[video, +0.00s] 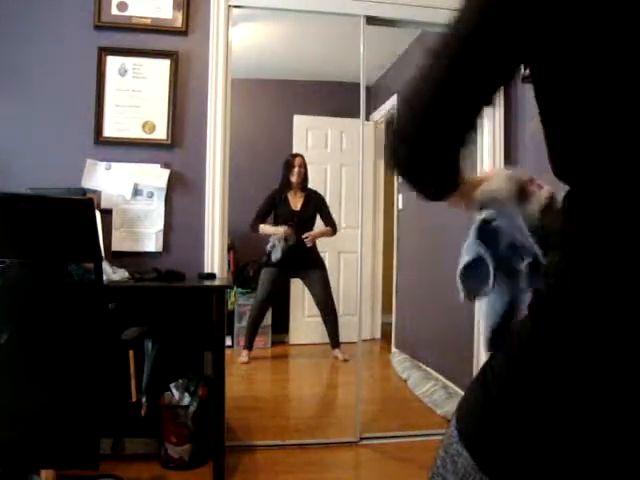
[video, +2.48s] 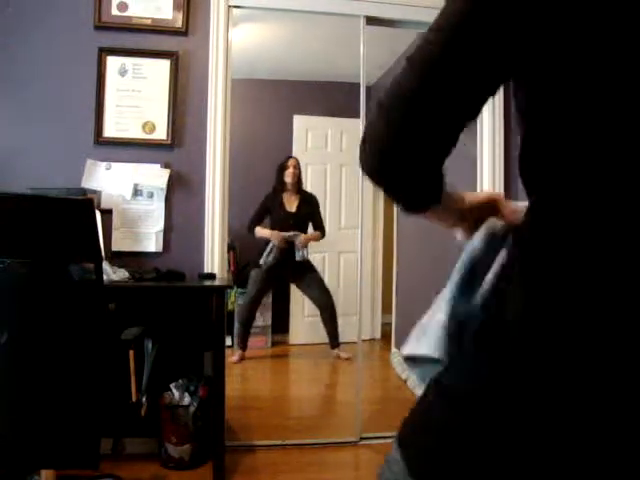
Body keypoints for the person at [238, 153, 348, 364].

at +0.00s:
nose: (298, 170)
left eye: (301, 167)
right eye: (294, 167)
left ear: (306, 170)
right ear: (287, 170)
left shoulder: (315, 198)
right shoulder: (277, 196)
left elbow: (332, 229)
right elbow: (256, 225)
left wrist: (316, 235)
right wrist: (278, 230)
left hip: (307, 255)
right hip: (279, 256)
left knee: (325, 300)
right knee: (262, 299)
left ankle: (336, 347)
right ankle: (247, 348)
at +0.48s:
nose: (307, 169)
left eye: (311, 165)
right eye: (303, 165)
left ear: (316, 168)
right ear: (298, 169)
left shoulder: (326, 195)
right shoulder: (288, 192)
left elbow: (332, 230)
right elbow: (277, 224)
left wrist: (329, 217)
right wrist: (282, 214)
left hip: (317, 255)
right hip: (290, 255)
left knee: (331, 297)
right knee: (269, 298)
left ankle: (337, 347)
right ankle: (247, 347)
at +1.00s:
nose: (296, 168)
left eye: (300, 164)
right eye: (293, 164)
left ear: (305, 168)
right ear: (286, 167)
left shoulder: (314, 193)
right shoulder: (276, 192)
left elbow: (324, 223)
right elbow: (260, 221)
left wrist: (311, 213)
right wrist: (266, 211)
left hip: (305, 254)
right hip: (276, 255)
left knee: (322, 299)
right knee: (261, 299)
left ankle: (336, 347)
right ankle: (245, 348)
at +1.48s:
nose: (295, 165)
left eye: (299, 162)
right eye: (291, 162)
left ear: (303, 167)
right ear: (284, 167)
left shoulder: (312, 193)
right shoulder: (275, 193)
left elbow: (328, 225)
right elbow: (260, 219)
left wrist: (316, 226)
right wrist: (281, 213)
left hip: (305, 256)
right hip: (276, 256)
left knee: (323, 300)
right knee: (260, 300)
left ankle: (336, 347)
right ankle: (245, 349)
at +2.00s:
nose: (308, 169)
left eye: (311, 165)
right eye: (304, 166)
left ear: (316, 171)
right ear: (297, 171)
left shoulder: (323, 199)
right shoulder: (286, 193)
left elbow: (337, 231)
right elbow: (265, 218)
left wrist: (326, 231)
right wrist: (289, 217)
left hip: (317, 259)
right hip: (289, 258)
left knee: (334, 300)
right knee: (267, 299)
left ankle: (337, 347)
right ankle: (244, 347)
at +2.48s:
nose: (292, 171)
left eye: (296, 168)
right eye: (288, 168)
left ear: (300, 173)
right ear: (282, 173)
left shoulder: (309, 200)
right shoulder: (272, 198)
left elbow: (320, 232)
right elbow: (253, 227)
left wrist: (307, 238)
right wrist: (271, 234)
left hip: (297, 260)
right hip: (271, 260)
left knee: (325, 300)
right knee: (250, 300)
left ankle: (335, 347)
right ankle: (240, 349)